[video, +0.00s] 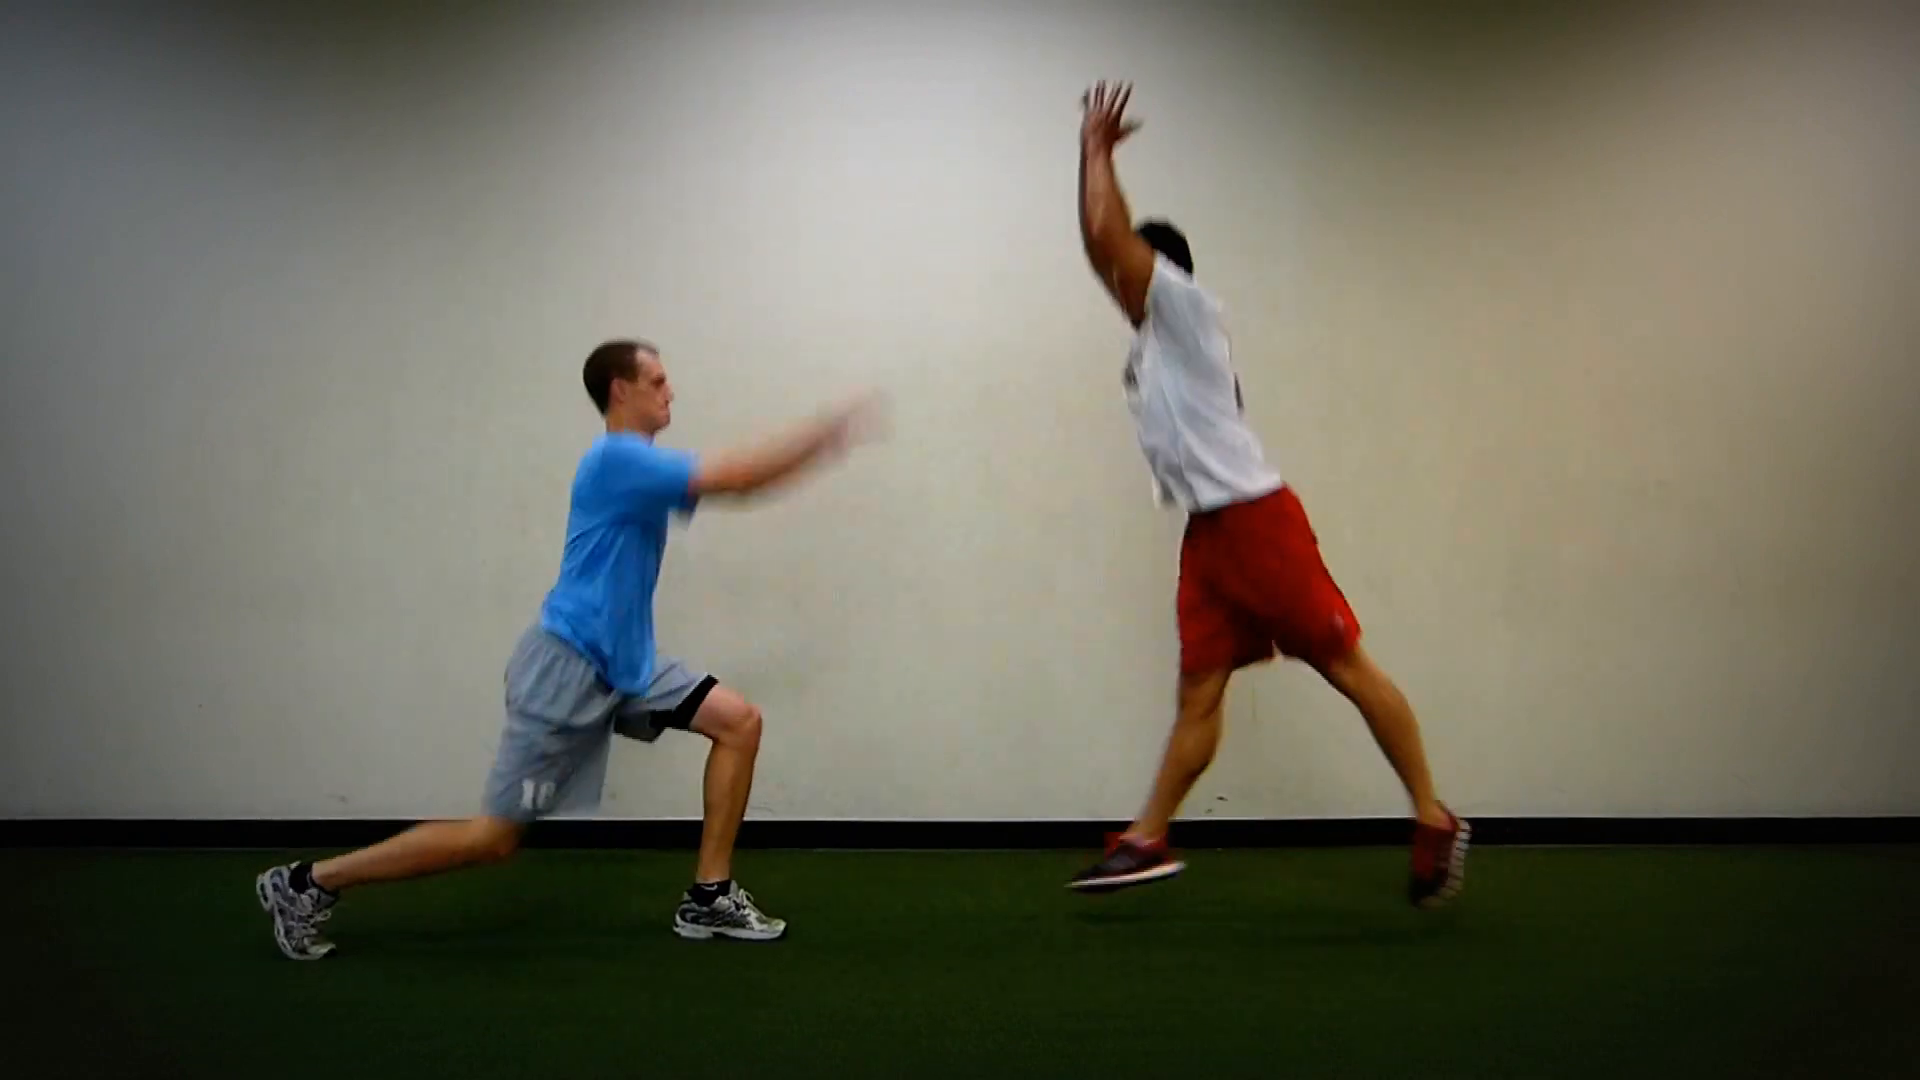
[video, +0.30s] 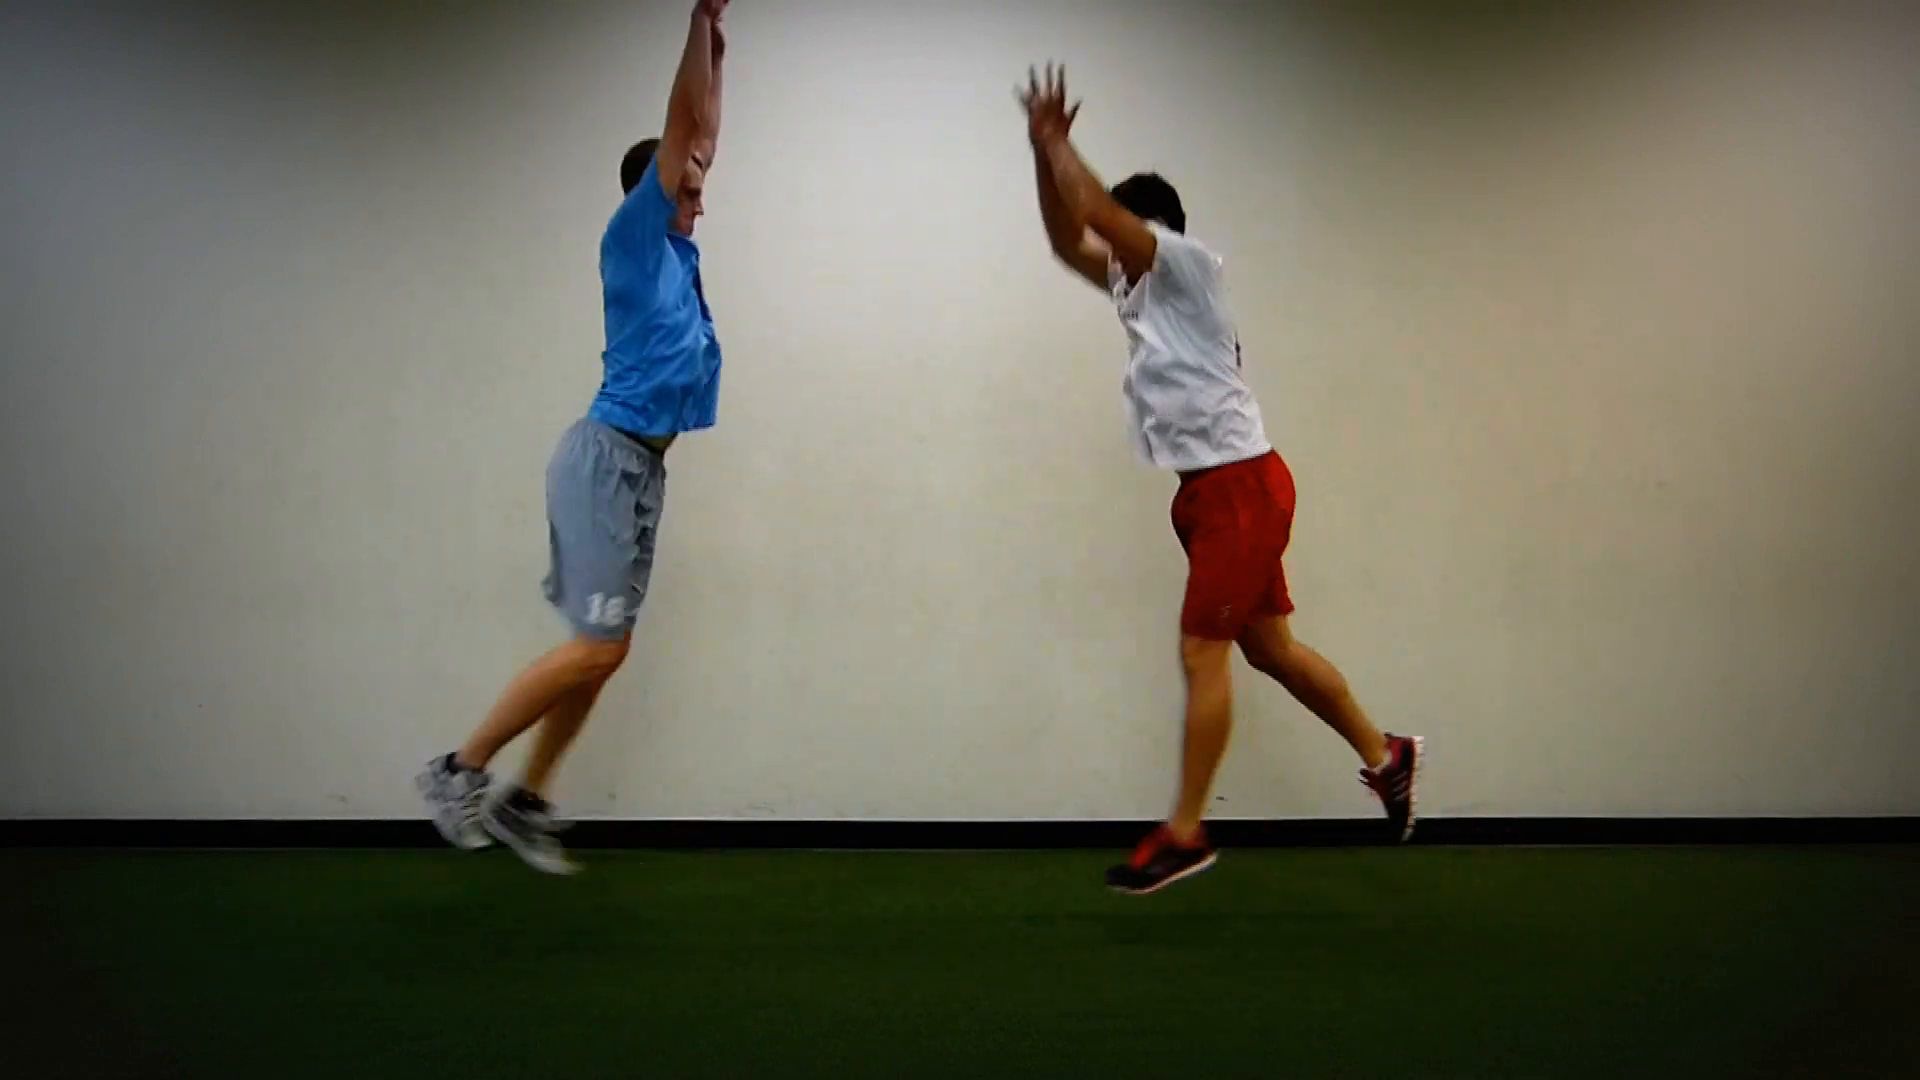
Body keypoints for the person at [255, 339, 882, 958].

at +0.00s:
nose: (672, 396)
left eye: (668, 384)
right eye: (660, 384)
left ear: (627, 395)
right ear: (623, 392)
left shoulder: (640, 464)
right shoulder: (618, 458)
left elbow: (735, 484)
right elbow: (735, 475)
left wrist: (816, 450)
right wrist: (823, 434)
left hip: (622, 664)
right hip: (567, 661)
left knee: (739, 721)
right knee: (496, 838)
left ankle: (710, 896)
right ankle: (305, 884)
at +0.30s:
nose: (700, 178)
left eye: (703, 165)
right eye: (687, 163)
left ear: (692, 177)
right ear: (653, 174)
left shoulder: (675, 248)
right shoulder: (636, 236)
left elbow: (704, 138)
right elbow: (685, 129)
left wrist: (716, 49)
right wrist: (700, 27)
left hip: (636, 470)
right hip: (603, 460)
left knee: (604, 649)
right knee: (597, 646)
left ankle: (525, 801)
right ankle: (458, 770)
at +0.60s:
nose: (704, 310)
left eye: (701, 298)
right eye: (693, 299)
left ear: (662, 305)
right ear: (657, 303)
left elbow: (731, 408)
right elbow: (654, 388)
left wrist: (813, 395)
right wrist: (726, 343)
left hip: (602, 578)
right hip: (611, 581)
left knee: (522, 731)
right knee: (734, 717)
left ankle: (377, 831)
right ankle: (728, 900)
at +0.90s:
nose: (705, 460)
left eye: (702, 449)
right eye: (692, 451)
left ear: (665, 461)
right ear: (656, 461)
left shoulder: (666, 539)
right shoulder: (642, 548)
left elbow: (648, 659)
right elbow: (656, 675)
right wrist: (697, 777)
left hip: (607, 715)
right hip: (613, 716)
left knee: (544, 876)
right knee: (782, 736)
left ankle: (374, 859)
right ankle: (733, 903)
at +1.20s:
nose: (711, 248)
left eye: (709, 235)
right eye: (697, 235)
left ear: (689, 251)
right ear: (664, 246)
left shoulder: (676, 314)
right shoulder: (649, 305)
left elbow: (690, 205)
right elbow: (680, 197)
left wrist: (697, 106)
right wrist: (691, 88)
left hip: (627, 523)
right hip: (629, 527)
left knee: (552, 669)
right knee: (658, 701)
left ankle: (451, 819)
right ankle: (695, 880)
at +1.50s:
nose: (699, 237)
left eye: (703, 228)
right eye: (689, 225)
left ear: (698, 244)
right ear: (659, 227)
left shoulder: (673, 300)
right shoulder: (637, 285)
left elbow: (681, 239)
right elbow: (652, 202)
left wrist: (703, 191)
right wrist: (709, 95)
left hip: (655, 514)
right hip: (612, 502)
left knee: (711, 671)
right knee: (555, 687)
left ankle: (698, 848)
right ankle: (385, 785)